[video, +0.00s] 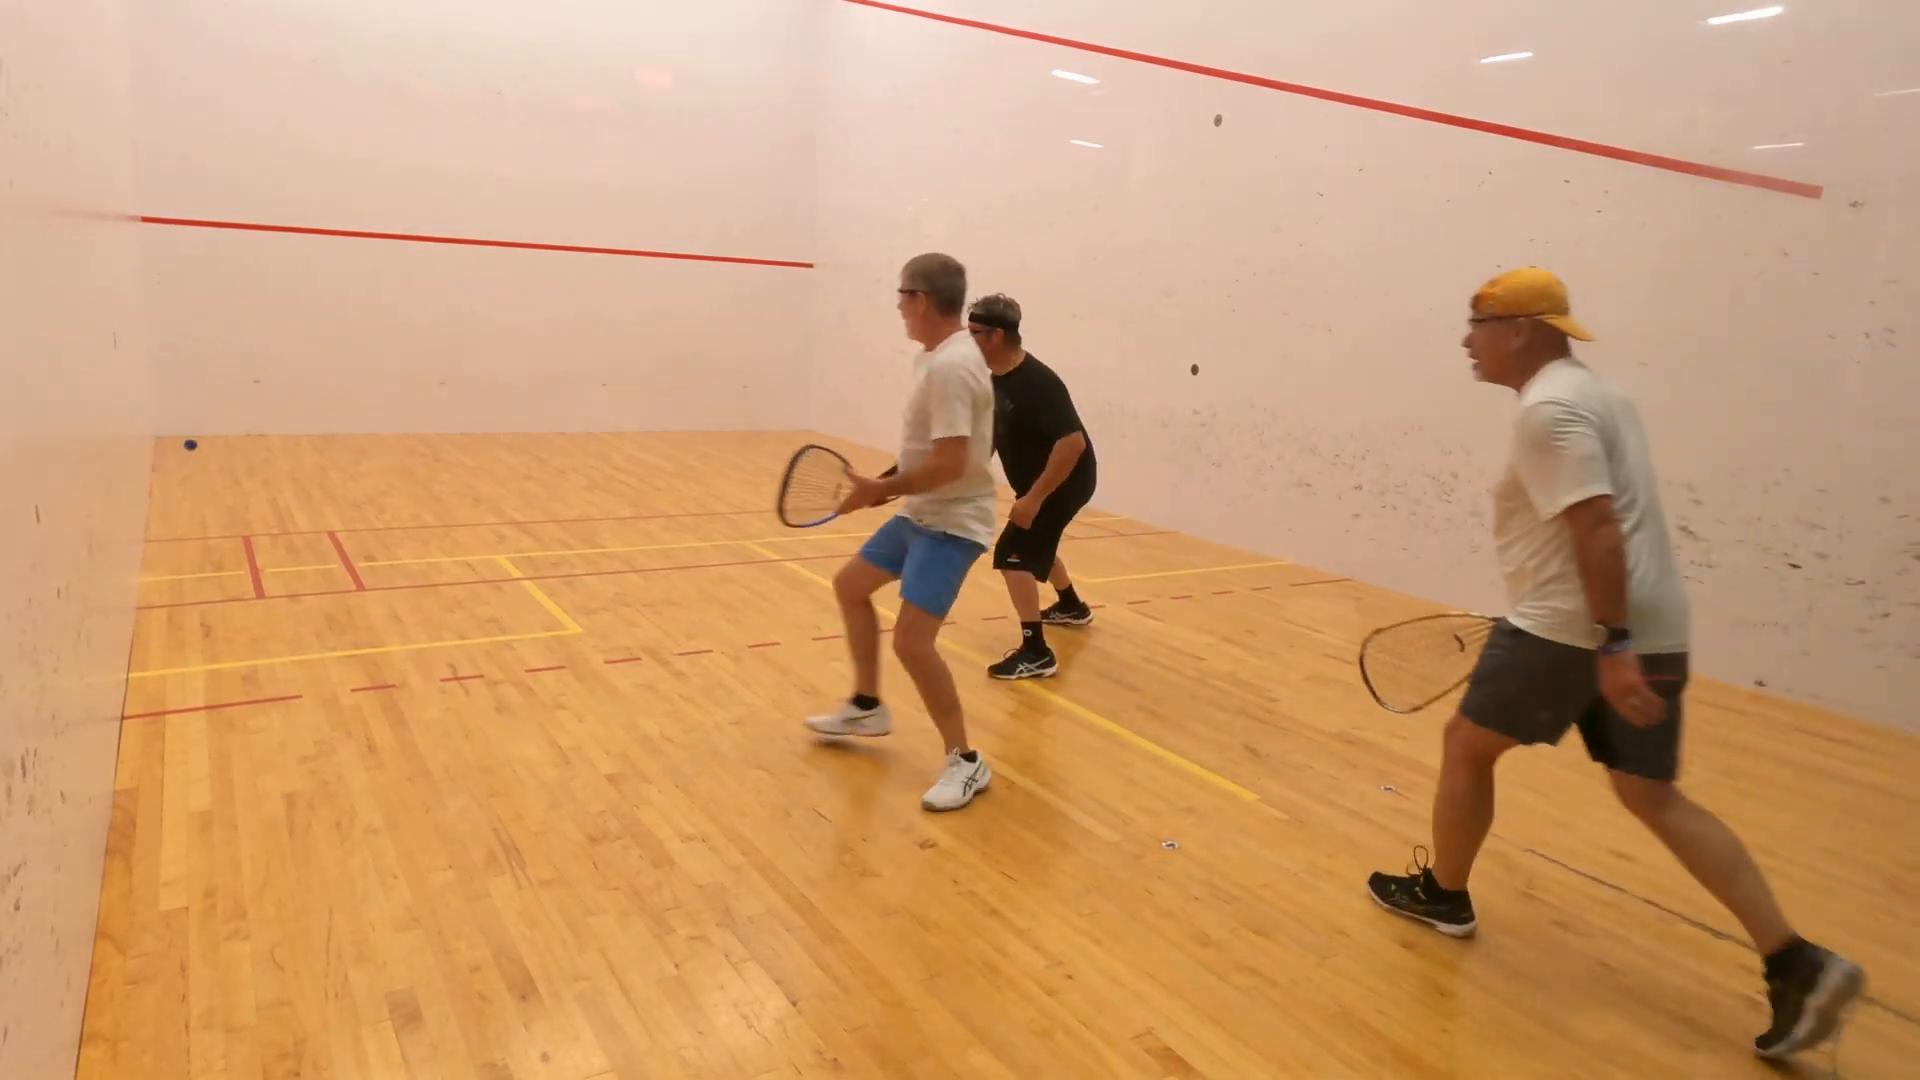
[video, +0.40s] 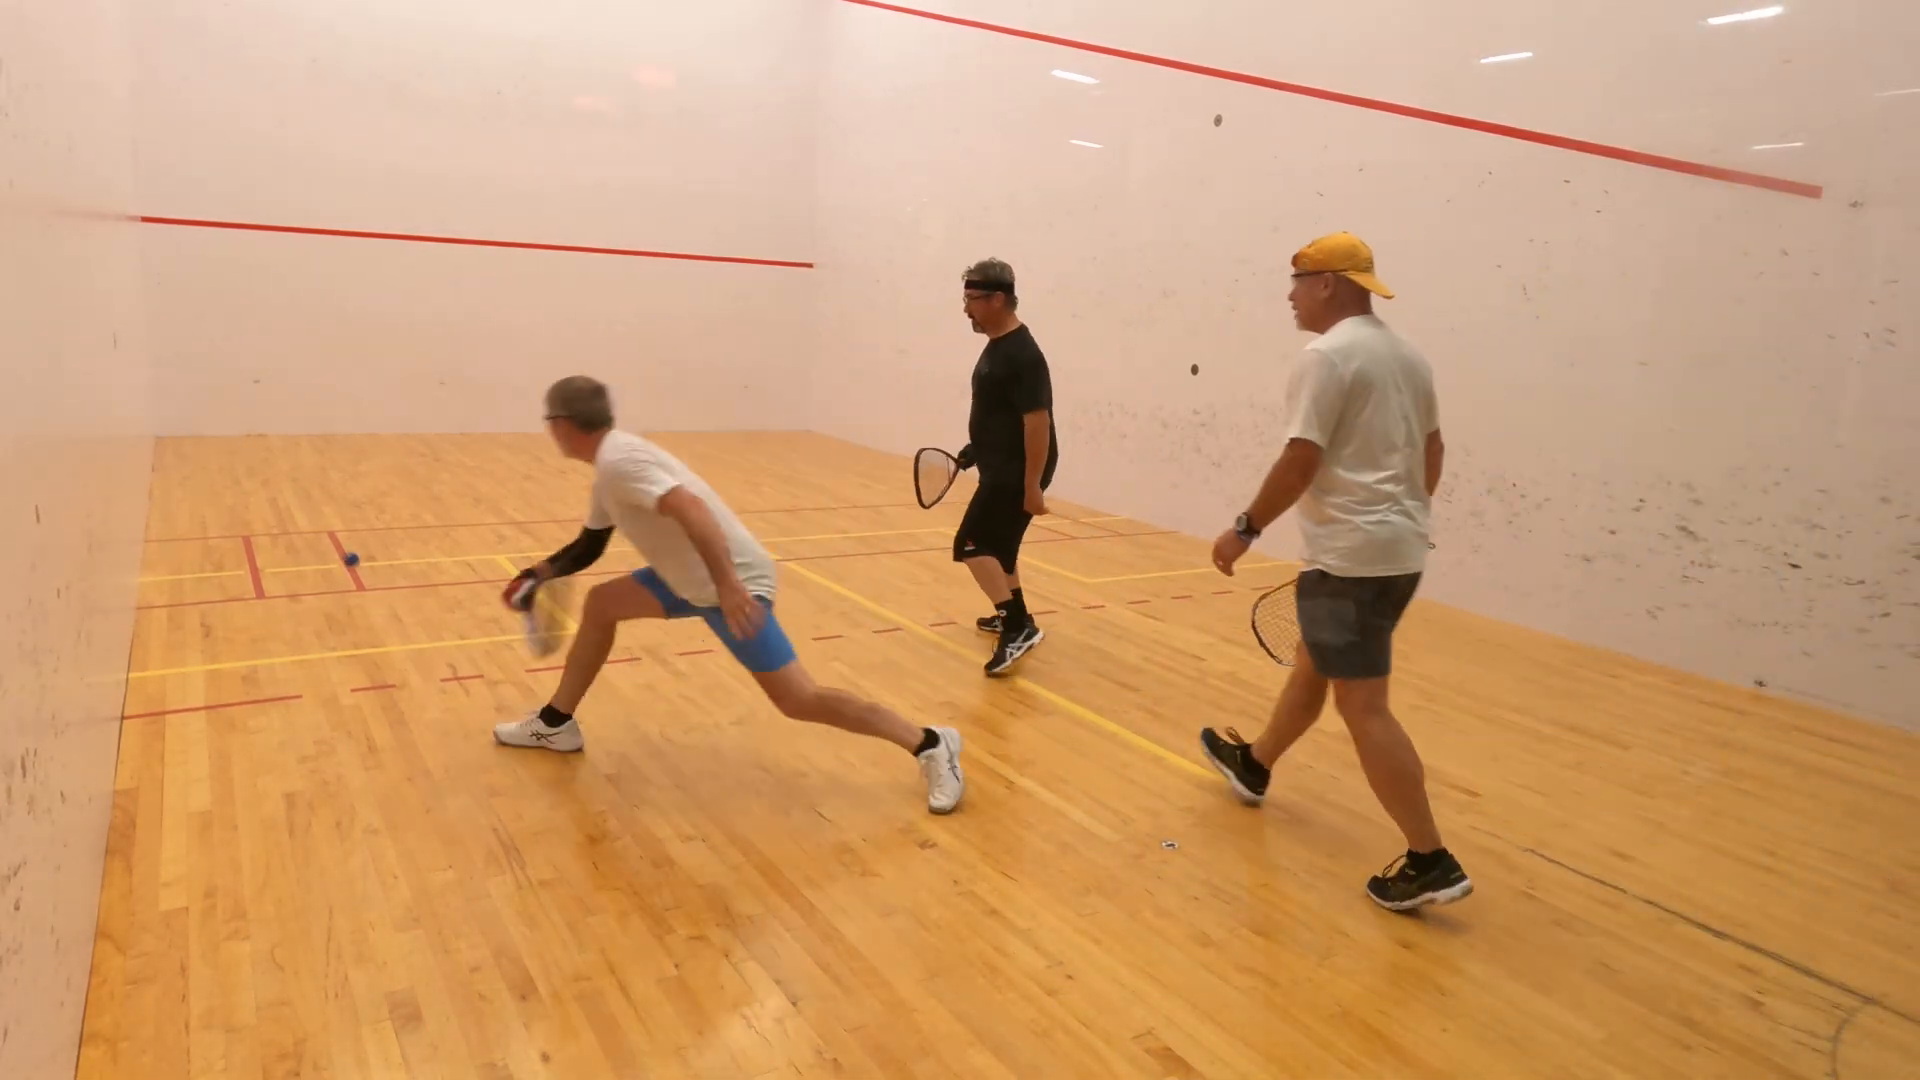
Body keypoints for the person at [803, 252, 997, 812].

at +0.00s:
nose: (899, 307)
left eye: (903, 297)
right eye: (900, 296)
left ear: (924, 301)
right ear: (942, 302)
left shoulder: (953, 364)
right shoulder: (939, 357)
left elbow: (952, 463)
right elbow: (933, 450)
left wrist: (881, 488)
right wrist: (882, 485)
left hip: (956, 522)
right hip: (922, 512)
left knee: (912, 641)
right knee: (850, 585)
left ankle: (964, 760)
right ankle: (866, 707)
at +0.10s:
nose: (838, 342)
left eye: (843, 332)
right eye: (840, 332)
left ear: (862, 336)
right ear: (877, 337)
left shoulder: (905, 398)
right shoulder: (866, 396)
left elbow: (892, 496)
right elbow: (852, 467)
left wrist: (806, 500)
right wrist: (801, 492)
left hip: (921, 548)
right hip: (875, 537)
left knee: (898, 666)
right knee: (791, 592)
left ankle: (965, 762)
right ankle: (750, 708)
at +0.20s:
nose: (757, 383)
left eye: (760, 373)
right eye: (758, 373)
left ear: (779, 379)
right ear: (795, 377)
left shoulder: (835, 431)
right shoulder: (787, 434)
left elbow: (830, 527)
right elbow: (760, 513)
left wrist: (738, 544)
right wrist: (721, 511)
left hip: (880, 567)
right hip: (826, 558)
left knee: (881, 685)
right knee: (735, 603)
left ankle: (958, 762)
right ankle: (653, 697)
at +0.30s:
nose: (656, 413)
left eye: (660, 404)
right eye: (656, 404)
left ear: (685, 408)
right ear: (692, 407)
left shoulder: (736, 447)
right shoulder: (697, 458)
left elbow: (771, 529)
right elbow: (670, 543)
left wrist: (714, 600)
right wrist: (638, 540)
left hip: (815, 579)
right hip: (762, 579)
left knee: (843, 697)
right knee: (671, 618)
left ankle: (949, 760)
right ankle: (585, 720)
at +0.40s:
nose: (549, 432)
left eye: (551, 423)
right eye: (550, 423)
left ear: (570, 427)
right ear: (589, 420)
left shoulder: (620, 458)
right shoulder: (607, 471)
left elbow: (690, 509)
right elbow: (590, 543)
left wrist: (728, 586)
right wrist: (538, 573)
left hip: (734, 582)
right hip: (689, 577)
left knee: (798, 699)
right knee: (602, 602)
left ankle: (930, 745)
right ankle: (555, 721)